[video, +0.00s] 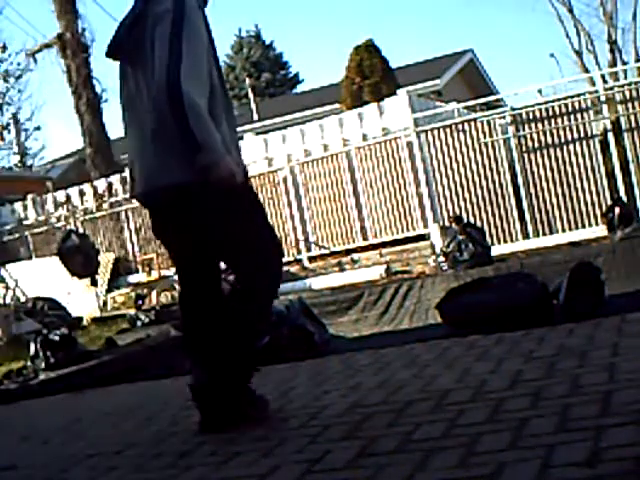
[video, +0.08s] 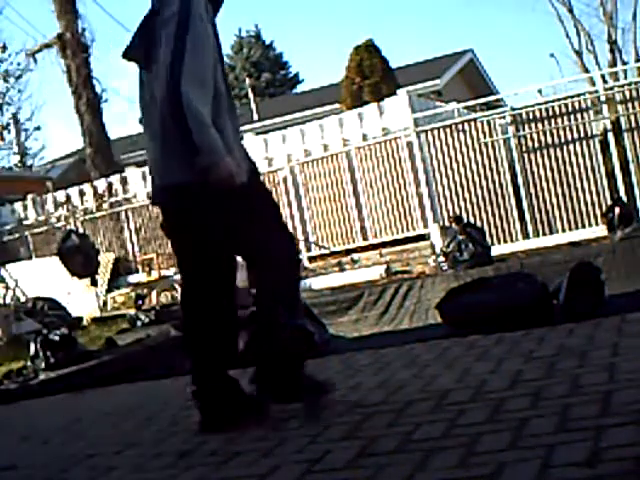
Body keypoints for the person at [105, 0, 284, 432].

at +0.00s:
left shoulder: (138, 23)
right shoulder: (184, 8)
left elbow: (139, 110)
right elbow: (188, 87)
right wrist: (218, 155)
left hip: (160, 181)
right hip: (199, 173)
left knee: (198, 286)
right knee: (263, 259)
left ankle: (216, 402)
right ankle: (230, 382)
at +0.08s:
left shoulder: (157, 24)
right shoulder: (194, 13)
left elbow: (159, 107)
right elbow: (192, 90)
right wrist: (218, 155)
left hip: (175, 184)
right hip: (216, 175)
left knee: (205, 290)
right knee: (278, 257)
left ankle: (216, 400)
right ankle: (281, 373)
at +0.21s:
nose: (238, 5)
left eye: (237, 3)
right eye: (235, 1)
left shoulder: (184, 22)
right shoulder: (204, 18)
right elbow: (198, 100)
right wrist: (225, 164)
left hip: (200, 188)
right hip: (234, 182)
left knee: (217, 295)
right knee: (289, 276)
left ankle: (218, 396)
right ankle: (328, 366)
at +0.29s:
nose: (262, 6)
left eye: (262, 3)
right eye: (258, 0)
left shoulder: (228, 29)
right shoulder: (221, 25)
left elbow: (247, 123)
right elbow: (217, 111)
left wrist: (283, 169)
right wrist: (237, 175)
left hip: (248, 188)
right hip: (249, 190)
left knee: (240, 295)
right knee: (305, 282)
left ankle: (221, 395)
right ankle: (349, 365)